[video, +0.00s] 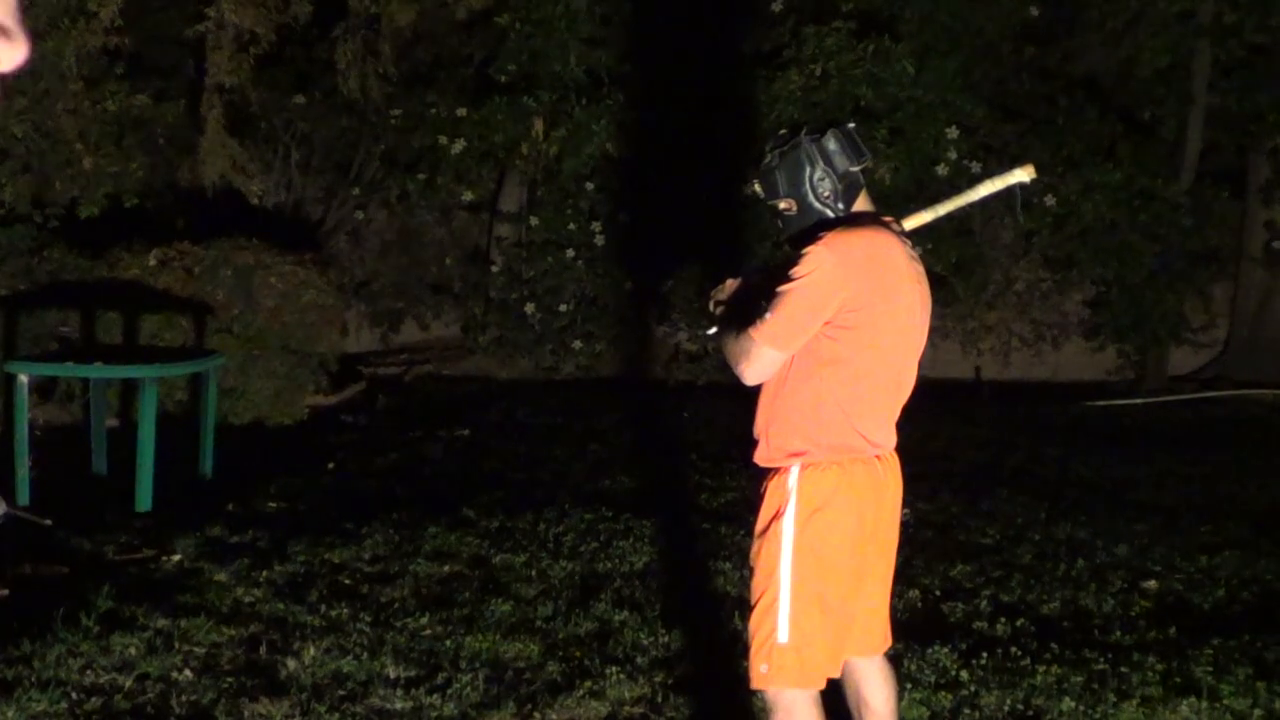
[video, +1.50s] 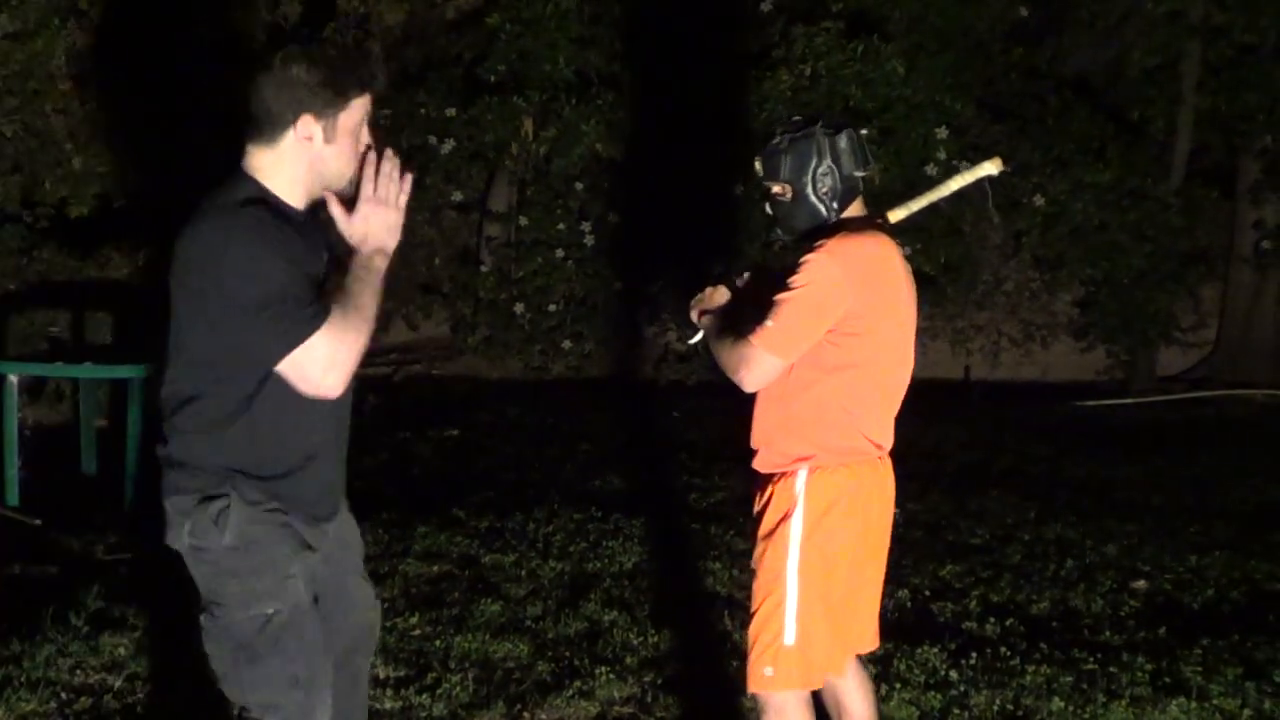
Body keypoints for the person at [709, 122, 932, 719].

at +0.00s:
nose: (782, 215)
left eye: (785, 201)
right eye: (779, 202)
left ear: (810, 195)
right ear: (851, 184)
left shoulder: (835, 257)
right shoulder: (905, 262)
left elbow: (752, 363)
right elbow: (833, 343)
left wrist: (728, 314)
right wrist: (766, 298)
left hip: (813, 483)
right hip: (874, 479)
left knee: (785, 677)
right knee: (863, 652)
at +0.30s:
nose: (780, 216)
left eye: (782, 202)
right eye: (777, 203)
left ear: (806, 196)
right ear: (847, 185)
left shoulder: (832, 258)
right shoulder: (902, 262)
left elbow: (750, 364)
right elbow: (830, 344)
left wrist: (725, 316)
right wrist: (761, 300)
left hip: (811, 483)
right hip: (872, 481)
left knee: (783, 677)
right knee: (859, 651)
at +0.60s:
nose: (775, 216)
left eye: (778, 202)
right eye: (772, 203)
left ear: (801, 197)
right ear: (843, 185)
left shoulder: (829, 258)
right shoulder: (898, 261)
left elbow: (748, 364)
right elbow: (827, 342)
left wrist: (720, 317)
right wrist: (758, 299)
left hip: (809, 484)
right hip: (870, 481)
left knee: (780, 678)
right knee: (857, 651)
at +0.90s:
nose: (772, 213)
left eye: (774, 199)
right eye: (769, 201)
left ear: (797, 195)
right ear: (840, 183)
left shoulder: (826, 258)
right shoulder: (893, 260)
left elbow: (745, 365)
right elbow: (822, 343)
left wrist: (717, 320)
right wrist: (752, 302)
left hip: (806, 484)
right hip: (867, 481)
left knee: (777, 678)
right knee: (852, 652)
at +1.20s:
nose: (772, 213)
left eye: (776, 198)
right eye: (768, 199)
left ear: (807, 190)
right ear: (839, 184)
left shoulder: (827, 259)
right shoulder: (891, 259)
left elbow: (745, 365)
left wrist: (712, 319)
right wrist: (752, 301)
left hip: (806, 486)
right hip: (864, 481)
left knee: (774, 678)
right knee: (847, 653)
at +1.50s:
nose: (775, 206)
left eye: (782, 192)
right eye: (772, 192)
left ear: (820, 188)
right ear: (840, 185)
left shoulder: (836, 262)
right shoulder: (881, 257)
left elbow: (750, 369)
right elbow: (815, 343)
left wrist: (714, 323)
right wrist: (742, 308)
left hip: (815, 487)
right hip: (857, 482)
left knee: (777, 680)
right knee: (835, 661)